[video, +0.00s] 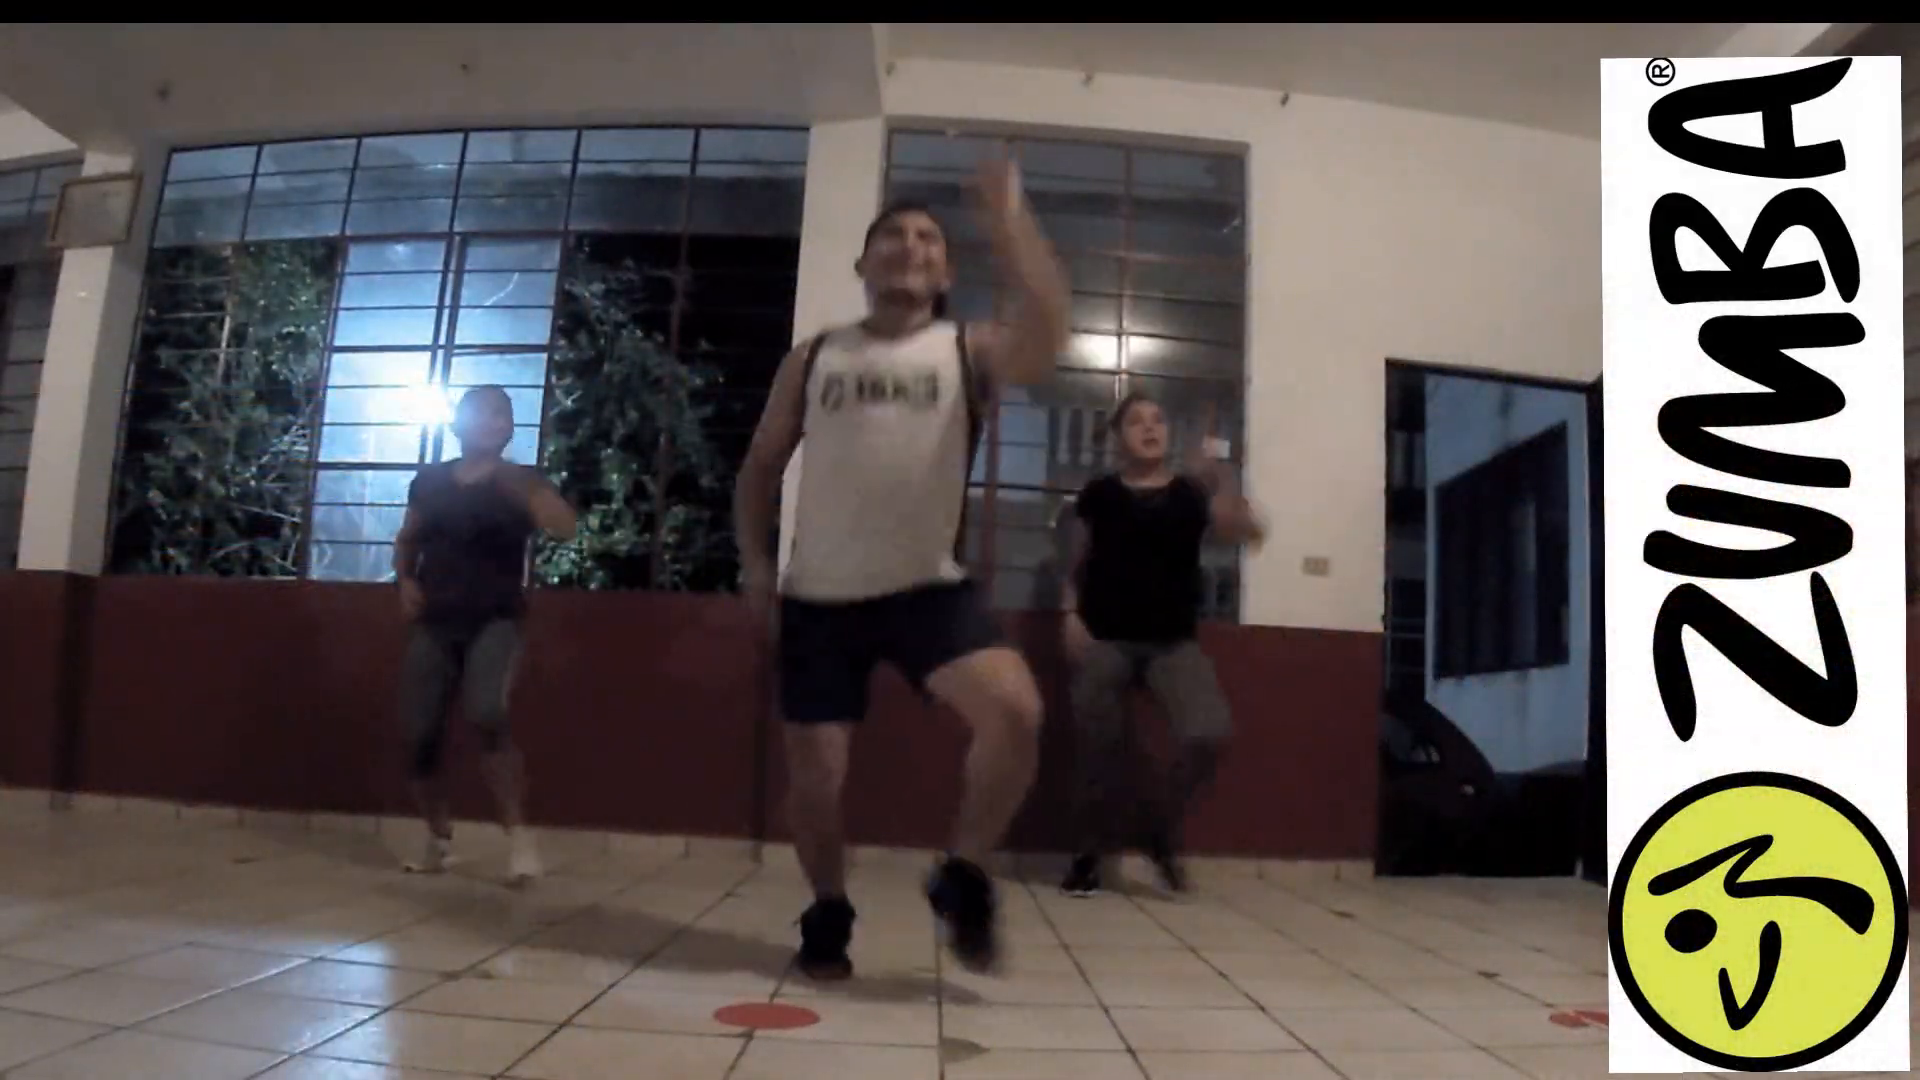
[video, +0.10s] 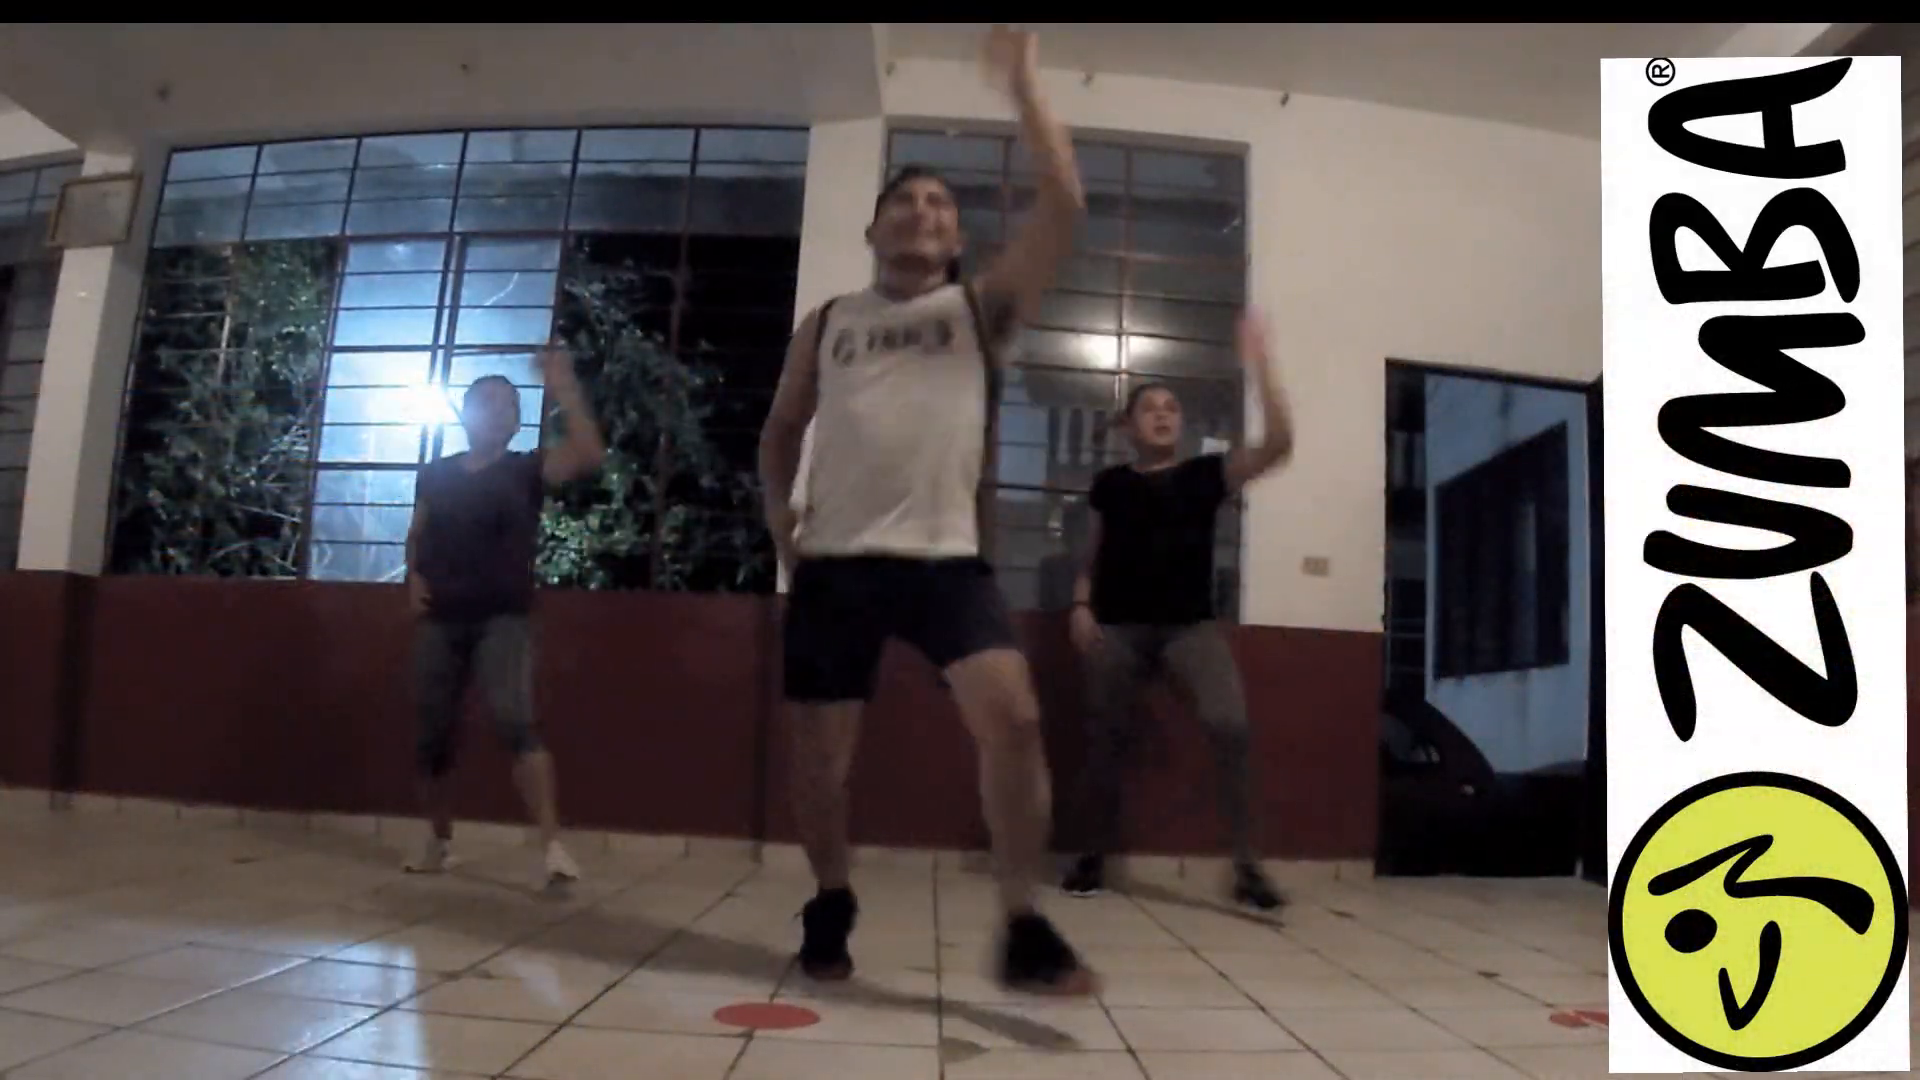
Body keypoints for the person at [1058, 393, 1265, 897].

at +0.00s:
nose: (1150, 431)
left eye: (1157, 422)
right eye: (1138, 424)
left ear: (1169, 433)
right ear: (1118, 437)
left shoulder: (1191, 494)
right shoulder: (1098, 497)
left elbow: (1242, 529)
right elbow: (1070, 565)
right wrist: (1070, 616)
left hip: (1172, 640)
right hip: (1106, 638)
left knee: (1208, 732)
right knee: (1097, 742)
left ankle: (1162, 834)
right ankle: (1087, 851)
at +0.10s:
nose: (1163, 416)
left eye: (1171, 409)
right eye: (1151, 409)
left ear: (1184, 423)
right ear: (1129, 425)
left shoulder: (1206, 475)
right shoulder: (1109, 486)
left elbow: (1276, 445)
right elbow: (1091, 557)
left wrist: (1262, 369)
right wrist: (1082, 608)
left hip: (1191, 627)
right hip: (1120, 628)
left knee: (1230, 725)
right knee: (1104, 732)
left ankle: (1245, 864)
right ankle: (1092, 856)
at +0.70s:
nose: (1187, 410)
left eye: (1195, 404)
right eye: (1175, 402)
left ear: (1205, 419)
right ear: (1150, 412)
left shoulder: (1222, 477)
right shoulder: (1131, 462)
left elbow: (1287, 439)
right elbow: (1128, 368)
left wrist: (1288, 365)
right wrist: (1125, 285)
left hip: (1221, 621)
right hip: (1150, 619)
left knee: (1269, 735)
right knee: (1133, 742)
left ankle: (1282, 887)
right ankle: (1080, 875)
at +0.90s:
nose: (1160, 411)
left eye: (1168, 405)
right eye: (1148, 403)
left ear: (1179, 421)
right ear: (1126, 416)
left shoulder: (1187, 490)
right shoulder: (1108, 462)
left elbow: (1191, 560)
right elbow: (1084, 380)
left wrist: (1236, 572)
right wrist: (1104, 299)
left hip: (1188, 625)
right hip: (1119, 623)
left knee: (1265, 718)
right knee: (1109, 745)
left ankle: (1245, 855)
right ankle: (1073, 878)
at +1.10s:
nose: (1153, 423)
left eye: (1161, 416)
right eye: (1141, 417)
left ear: (1176, 429)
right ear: (1122, 432)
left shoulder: (1196, 492)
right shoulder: (1104, 480)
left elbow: (1190, 558)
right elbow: (1051, 423)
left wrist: (1205, 612)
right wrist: (1090, 357)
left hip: (1191, 629)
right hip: (1120, 629)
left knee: (1202, 743)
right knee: (1108, 745)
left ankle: (1190, 853)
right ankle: (1073, 875)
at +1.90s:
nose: (1134, 424)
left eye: (1143, 417)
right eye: (1124, 418)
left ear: (1160, 430)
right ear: (1110, 434)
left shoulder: (1184, 485)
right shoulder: (1090, 491)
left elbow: (1254, 462)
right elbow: (1065, 555)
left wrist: (1254, 387)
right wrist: (1068, 601)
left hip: (1176, 624)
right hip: (1106, 625)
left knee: (1221, 725)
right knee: (1077, 724)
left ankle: (1250, 864)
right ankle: (1062, 849)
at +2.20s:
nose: (1185, 433)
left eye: (1194, 427)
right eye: (1175, 428)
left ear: (1212, 439)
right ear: (1158, 443)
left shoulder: (1241, 478)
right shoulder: (1148, 500)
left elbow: (1294, 401)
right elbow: (1124, 576)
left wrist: (1324, 325)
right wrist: (1137, 517)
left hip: (1241, 632)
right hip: (1167, 633)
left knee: (1260, 753)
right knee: (1092, 726)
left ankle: (1271, 880)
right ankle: (1075, 854)